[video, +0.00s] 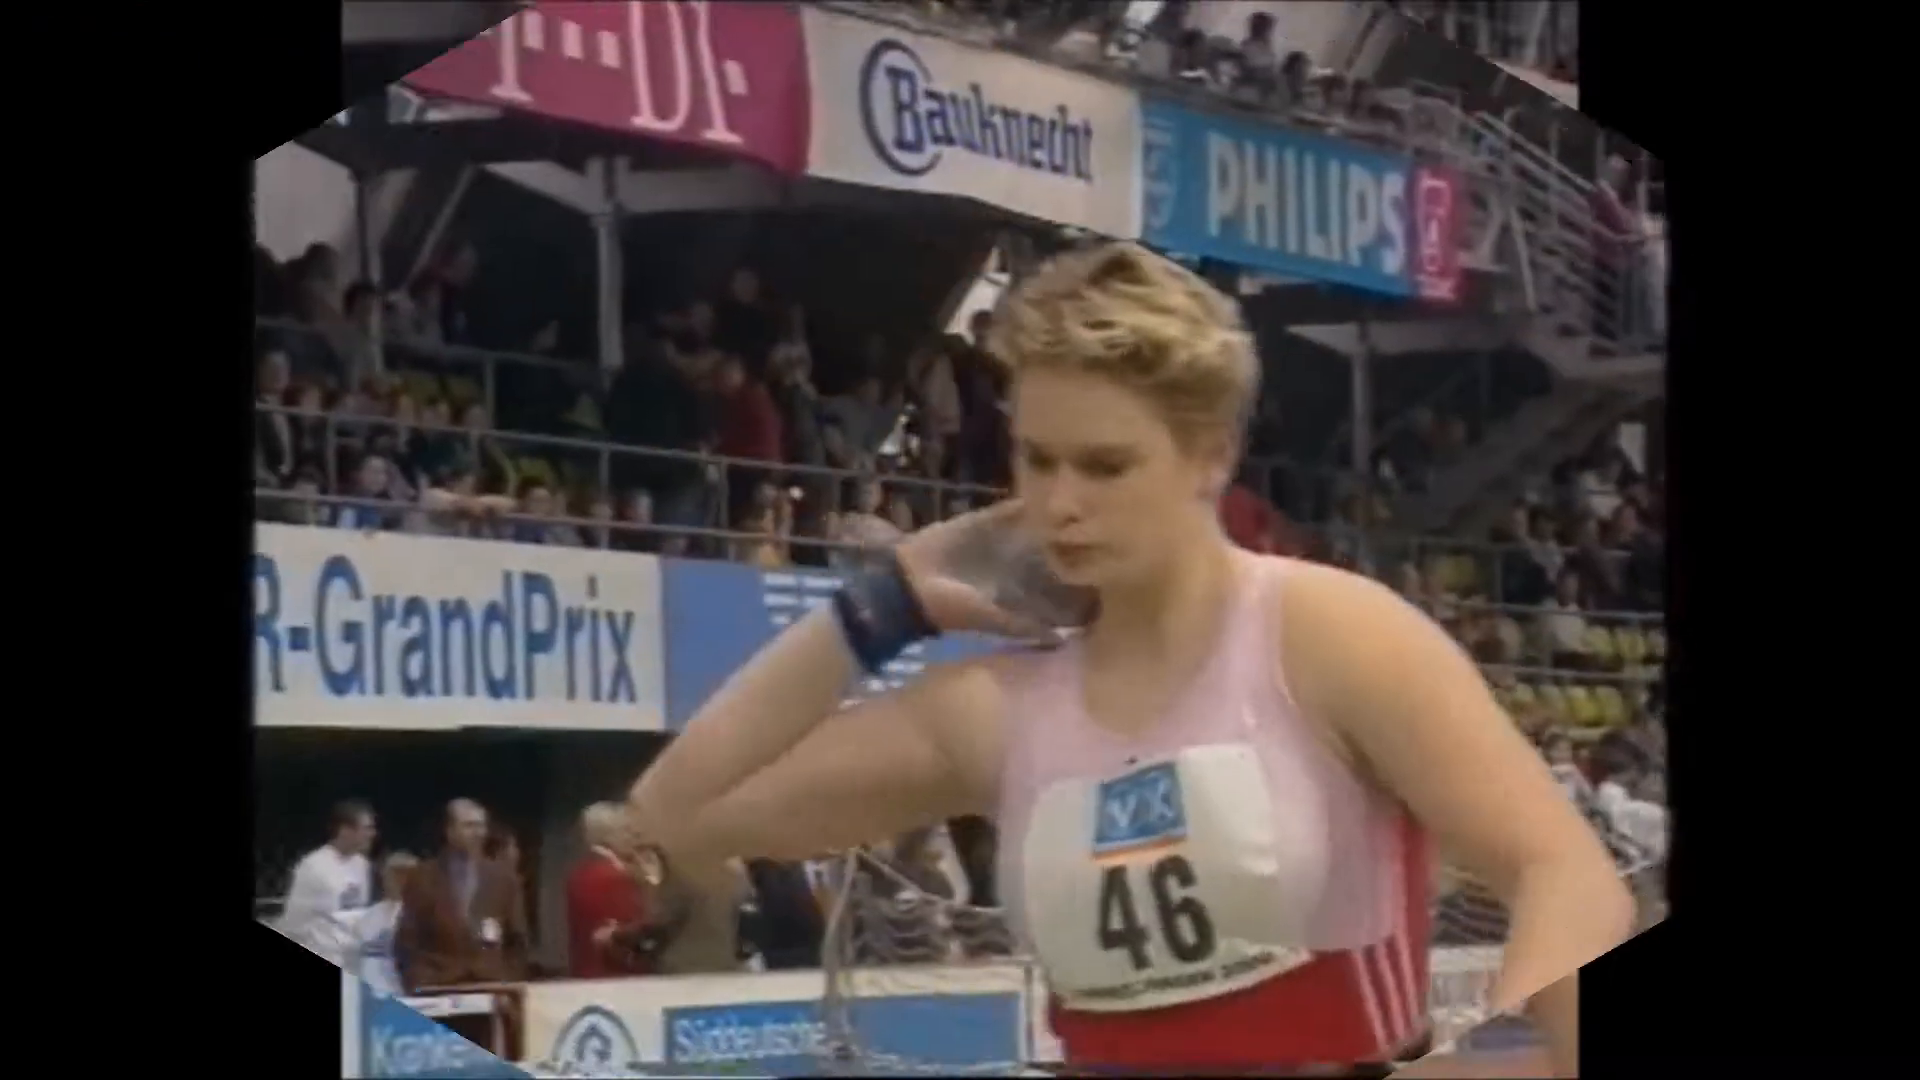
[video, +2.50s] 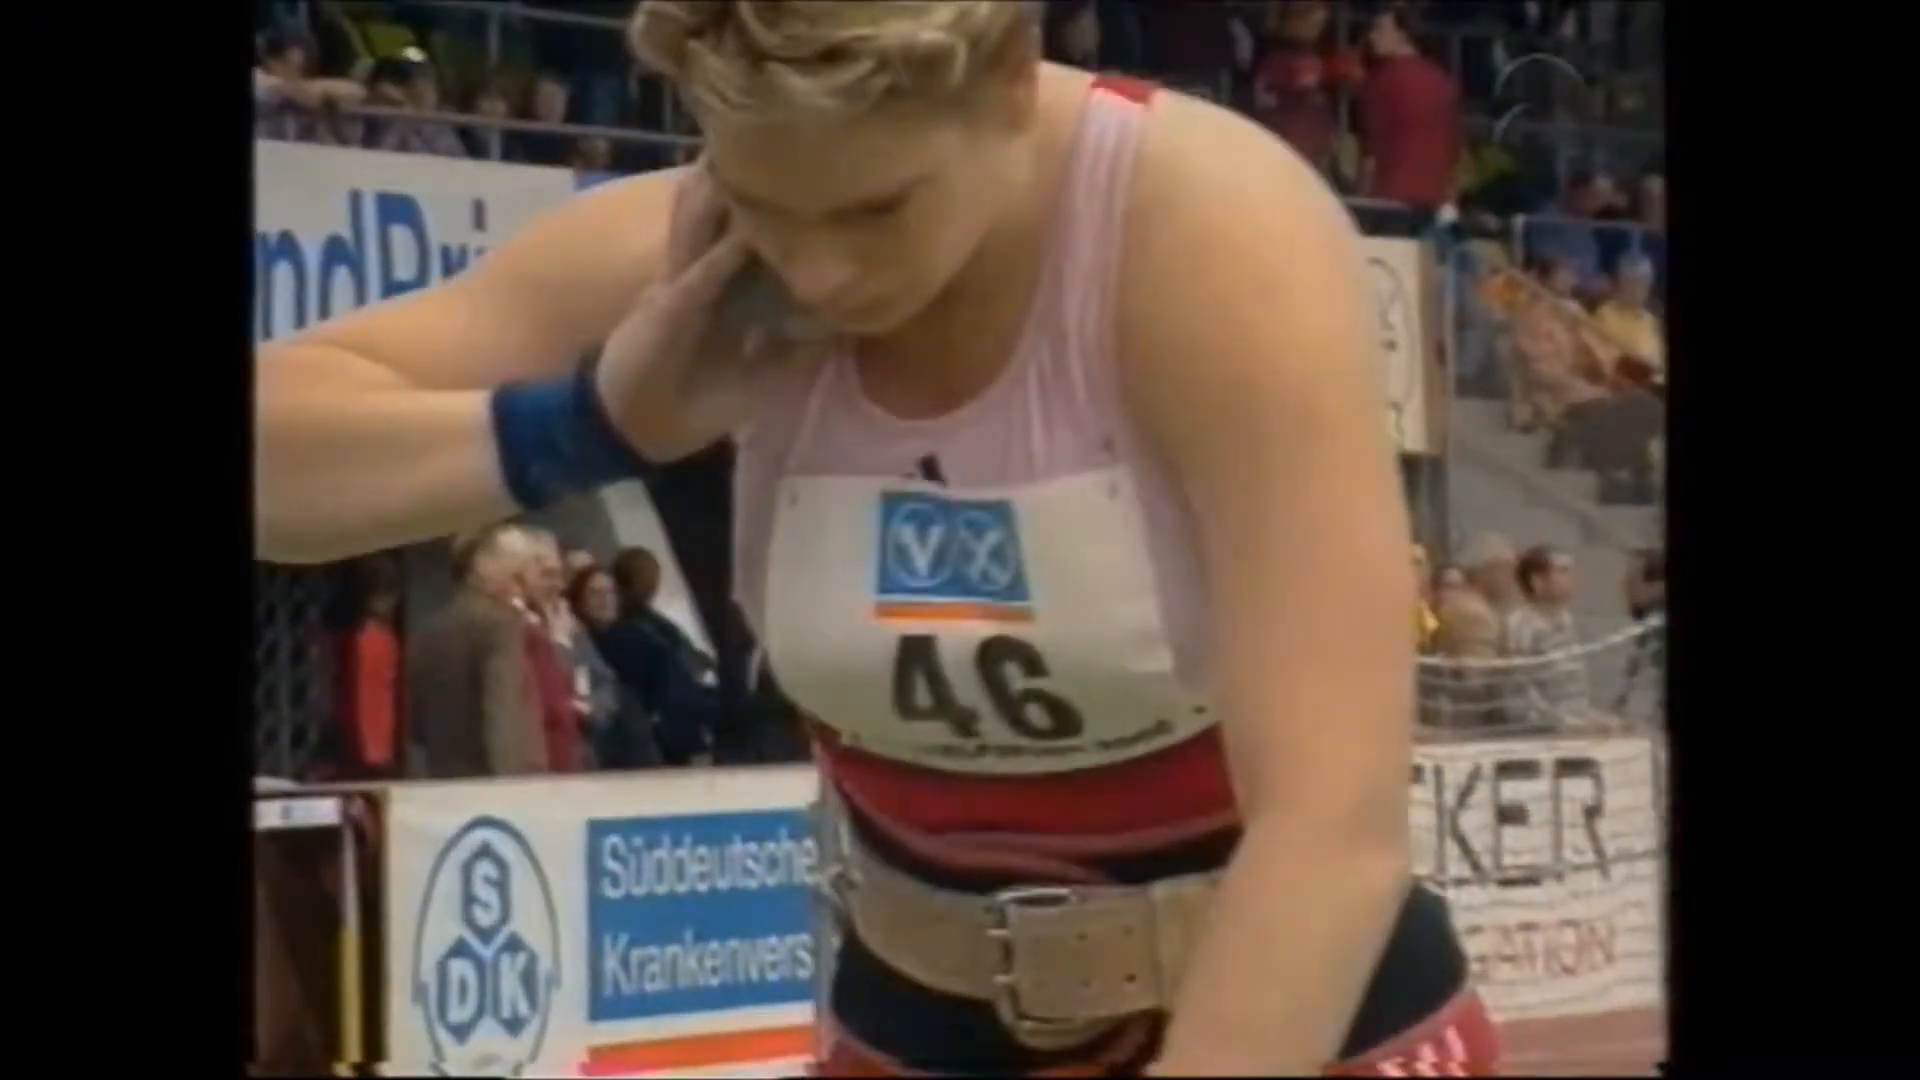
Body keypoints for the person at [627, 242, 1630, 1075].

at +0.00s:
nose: (1056, 505)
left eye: (1101, 464)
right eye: (1034, 463)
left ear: (1210, 462)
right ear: (1008, 462)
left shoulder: (1331, 633)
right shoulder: (989, 712)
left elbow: (1570, 881)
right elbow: (670, 818)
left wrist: (1504, 1048)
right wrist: (879, 605)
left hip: (1352, 1057)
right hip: (1112, 1066)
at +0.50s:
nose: (1159, 438)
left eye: (1204, 399)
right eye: (1136, 393)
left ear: (1301, 381)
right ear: (1108, 379)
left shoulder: (1408, 570)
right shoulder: (1074, 572)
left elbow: (1621, 875)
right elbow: (770, 543)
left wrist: (1657, 1053)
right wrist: (982, 473)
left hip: (1371, 1055)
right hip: (1144, 1056)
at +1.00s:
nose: (1034, 448)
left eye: (1077, 409)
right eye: (1008, 400)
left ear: (1182, 371)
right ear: (986, 368)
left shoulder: (1287, 537)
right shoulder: (962, 545)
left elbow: (1463, 847)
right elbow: (606, 583)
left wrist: (1474, 1064)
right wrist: (861, 546)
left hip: (1276, 1059)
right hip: (1034, 1057)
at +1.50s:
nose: (717, 554)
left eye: (765, 508)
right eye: (677, 502)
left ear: (874, 426)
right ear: (641, 448)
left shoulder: (1024, 544)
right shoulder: (633, 548)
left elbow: (1241, 947)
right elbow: (273, 747)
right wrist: (556, 687)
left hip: (1104, 1042)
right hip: (855, 1049)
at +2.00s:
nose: (680, 764)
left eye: (716, 718)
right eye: (632, 721)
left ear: (828, 602)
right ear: (577, 637)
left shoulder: (1047, 647)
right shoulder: (568, 646)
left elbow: (1246, 1052)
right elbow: (256, 893)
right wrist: (514, 863)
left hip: (1153, 1036)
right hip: (861, 1043)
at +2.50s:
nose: (811, 276)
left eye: (873, 215)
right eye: (758, 216)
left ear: (1011, 94)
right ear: (703, 139)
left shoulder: (1210, 225)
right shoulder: (662, 249)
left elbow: (1335, 822)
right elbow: (263, 465)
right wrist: (584, 430)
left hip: (1268, 1004)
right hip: (914, 1028)